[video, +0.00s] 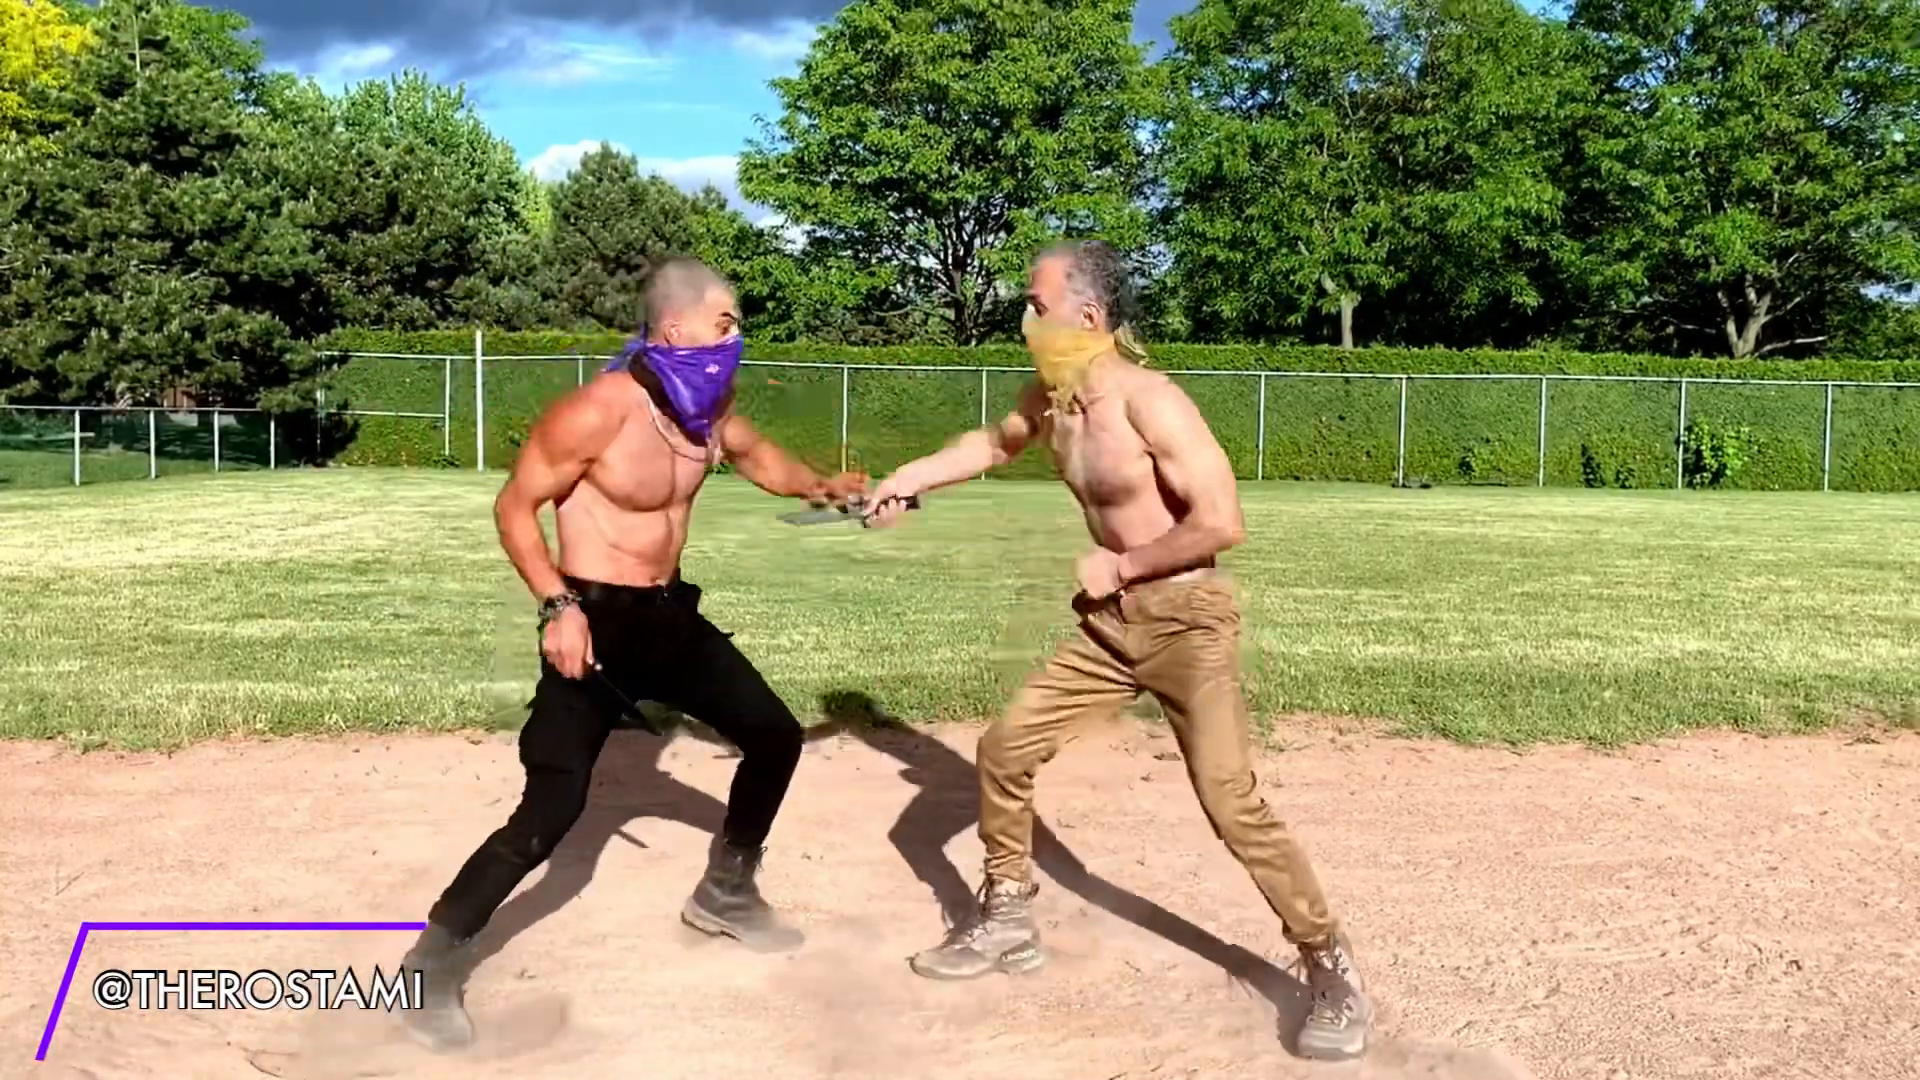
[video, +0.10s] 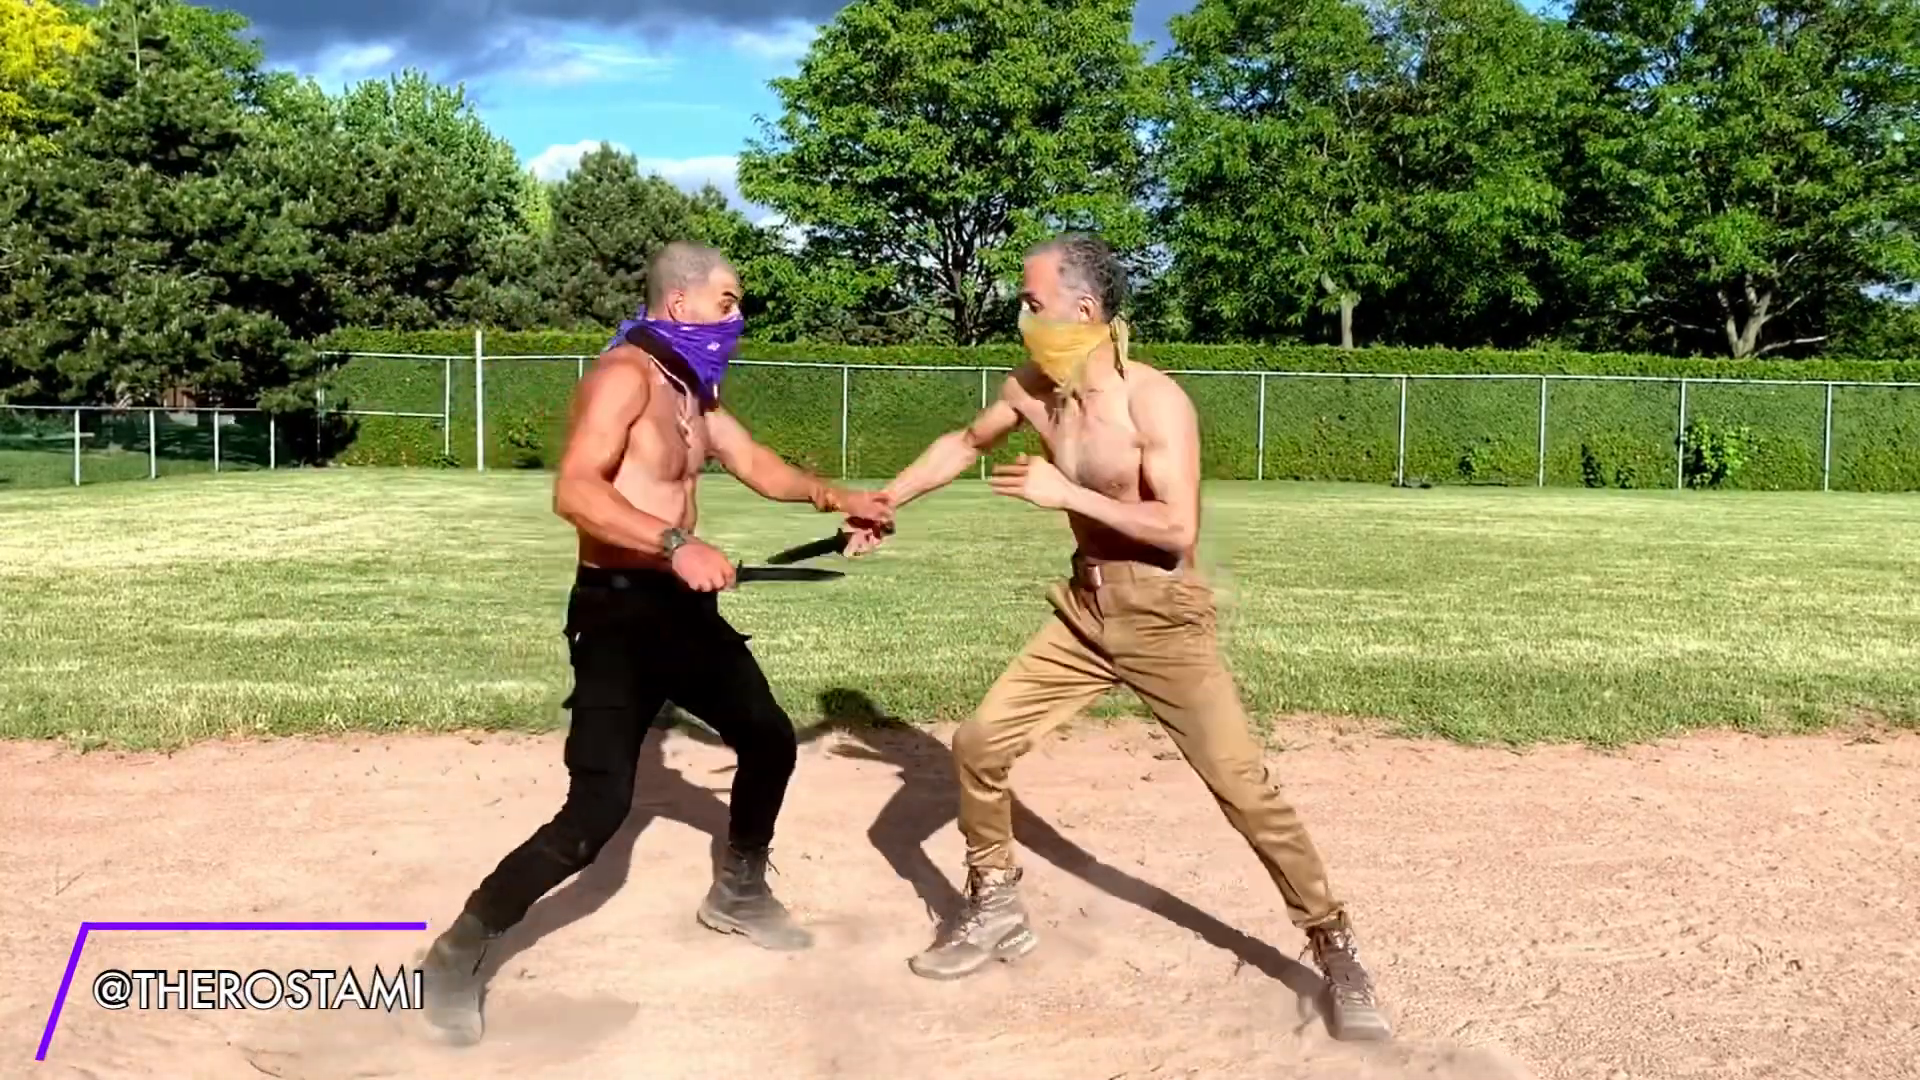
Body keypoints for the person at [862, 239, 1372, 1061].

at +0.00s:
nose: (1027, 320)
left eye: (1038, 306)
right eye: (1027, 306)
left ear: (1090, 310)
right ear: (1070, 312)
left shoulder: (1150, 398)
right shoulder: (1050, 400)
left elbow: (1221, 523)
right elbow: (993, 443)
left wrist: (1122, 563)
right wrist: (910, 477)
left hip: (1189, 618)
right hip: (1109, 621)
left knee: (1229, 799)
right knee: (1005, 750)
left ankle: (1329, 968)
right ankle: (1006, 918)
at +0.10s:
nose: (1022, 318)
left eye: (1034, 304)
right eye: (1022, 304)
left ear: (1086, 309)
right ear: (1066, 310)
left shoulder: (1157, 401)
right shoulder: (1035, 388)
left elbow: (1177, 528)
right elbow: (967, 442)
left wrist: (1066, 493)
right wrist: (891, 496)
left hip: (1166, 622)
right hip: (1085, 614)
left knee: (1243, 789)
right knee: (980, 745)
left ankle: (1338, 952)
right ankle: (997, 909)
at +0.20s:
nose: (1018, 307)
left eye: (1029, 294)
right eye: (1018, 293)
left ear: (1076, 300)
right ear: (1063, 299)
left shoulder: (1111, 377)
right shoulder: (1062, 393)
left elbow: (1034, 445)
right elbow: (1072, 489)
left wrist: (927, 409)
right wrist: (1027, 537)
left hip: (1142, 618)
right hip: (1068, 613)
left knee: (1210, 782)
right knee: (982, 757)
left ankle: (1323, 944)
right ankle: (984, 912)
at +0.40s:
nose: (1029, 268)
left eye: (1042, 257)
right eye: (1032, 256)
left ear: (1089, 273)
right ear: (1075, 273)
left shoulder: (1107, 354)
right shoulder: (1066, 357)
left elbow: (1101, 472)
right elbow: (1057, 440)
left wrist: (995, 514)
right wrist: (991, 446)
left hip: (1116, 594)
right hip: (1049, 591)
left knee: (1189, 768)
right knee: (961, 751)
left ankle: (1317, 939)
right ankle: (988, 912)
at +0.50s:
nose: (1054, 276)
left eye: (1070, 267)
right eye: (1058, 263)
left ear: (1116, 290)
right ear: (1083, 284)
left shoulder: (1147, 386)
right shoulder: (1034, 350)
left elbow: (1173, 517)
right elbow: (942, 356)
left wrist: (1058, 510)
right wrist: (852, 390)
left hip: (1129, 600)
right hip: (1049, 595)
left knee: (1188, 764)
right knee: (958, 747)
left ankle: (1298, 936)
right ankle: (978, 905)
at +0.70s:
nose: (1089, 323)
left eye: (1107, 312)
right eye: (1088, 308)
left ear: (1157, 326)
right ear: (1088, 307)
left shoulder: (1194, 419)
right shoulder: (1066, 379)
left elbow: (1186, 545)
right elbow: (1005, 415)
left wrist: (1091, 484)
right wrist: (923, 469)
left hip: (1160, 628)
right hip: (1065, 616)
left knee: (1244, 784)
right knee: (969, 750)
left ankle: (1319, 944)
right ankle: (978, 905)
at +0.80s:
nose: (1087, 307)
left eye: (1102, 295)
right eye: (1086, 292)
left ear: (1155, 303)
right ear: (1106, 297)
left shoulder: (1206, 397)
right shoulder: (1091, 383)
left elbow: (1188, 523)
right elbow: (1058, 468)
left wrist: (1096, 438)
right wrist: (1008, 520)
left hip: (1188, 617)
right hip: (1096, 608)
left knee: (1255, 785)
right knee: (1005, 755)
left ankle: (1323, 947)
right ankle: (985, 908)